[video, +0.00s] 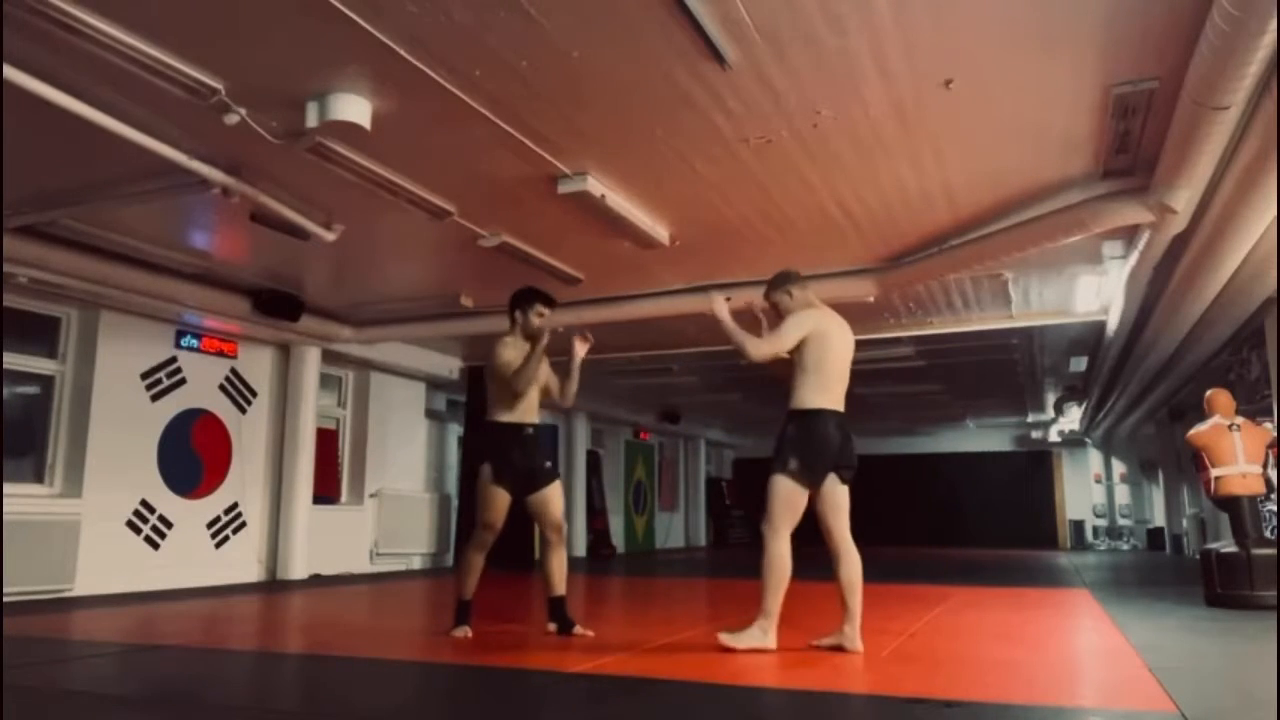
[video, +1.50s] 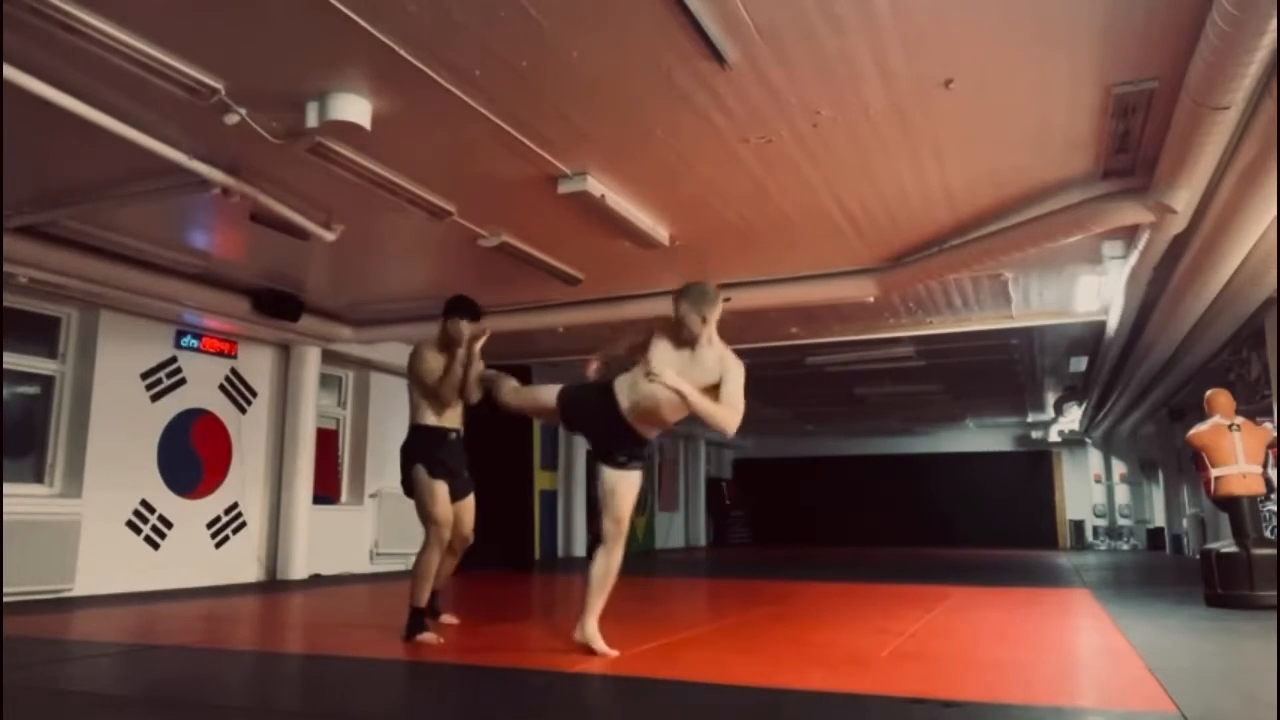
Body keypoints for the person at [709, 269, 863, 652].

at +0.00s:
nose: (778, 313)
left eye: (778, 305)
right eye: (775, 307)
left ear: (793, 292)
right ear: (804, 289)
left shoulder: (809, 319)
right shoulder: (841, 326)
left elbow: (759, 350)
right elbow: (793, 354)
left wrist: (724, 317)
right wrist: (767, 323)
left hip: (805, 432)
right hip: (836, 434)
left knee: (776, 530)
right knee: (841, 537)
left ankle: (765, 628)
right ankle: (852, 631)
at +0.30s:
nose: (767, 323)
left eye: (765, 314)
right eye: (763, 316)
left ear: (780, 299)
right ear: (791, 298)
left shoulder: (789, 330)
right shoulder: (834, 338)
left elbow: (754, 385)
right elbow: (798, 388)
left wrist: (706, 373)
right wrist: (747, 370)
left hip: (777, 433)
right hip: (814, 436)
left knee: (761, 534)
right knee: (813, 537)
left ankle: (763, 631)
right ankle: (847, 630)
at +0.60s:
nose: (752, 316)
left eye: (751, 310)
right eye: (750, 312)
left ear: (762, 297)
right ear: (780, 295)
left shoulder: (771, 319)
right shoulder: (818, 329)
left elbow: (712, 346)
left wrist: (693, 311)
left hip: (776, 433)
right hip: (813, 435)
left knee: (740, 526)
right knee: (826, 538)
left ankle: (762, 626)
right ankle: (851, 631)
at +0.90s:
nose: (726, 315)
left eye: (726, 308)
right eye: (725, 308)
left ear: (737, 303)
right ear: (759, 302)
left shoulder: (740, 337)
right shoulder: (785, 345)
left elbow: (735, 398)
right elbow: (731, 384)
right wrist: (695, 359)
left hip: (743, 449)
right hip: (778, 448)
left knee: (680, 525)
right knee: (811, 542)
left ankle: (670, 629)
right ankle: (848, 630)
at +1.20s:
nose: (685, 286)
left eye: (688, 279)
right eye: (685, 280)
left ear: (705, 275)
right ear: (711, 274)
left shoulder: (734, 324)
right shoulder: (695, 309)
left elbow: (732, 393)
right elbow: (653, 310)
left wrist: (685, 401)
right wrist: (614, 296)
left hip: (690, 423)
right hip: (660, 411)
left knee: (655, 522)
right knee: (603, 454)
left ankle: (665, 625)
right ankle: (652, 516)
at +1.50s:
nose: (683, 327)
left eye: (690, 321)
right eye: (680, 319)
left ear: (712, 314)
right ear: (676, 310)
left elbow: (729, 422)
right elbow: (628, 348)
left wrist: (678, 383)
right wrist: (600, 361)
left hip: (629, 443)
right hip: (599, 402)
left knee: (615, 531)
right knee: (514, 397)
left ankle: (589, 624)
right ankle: (485, 377)